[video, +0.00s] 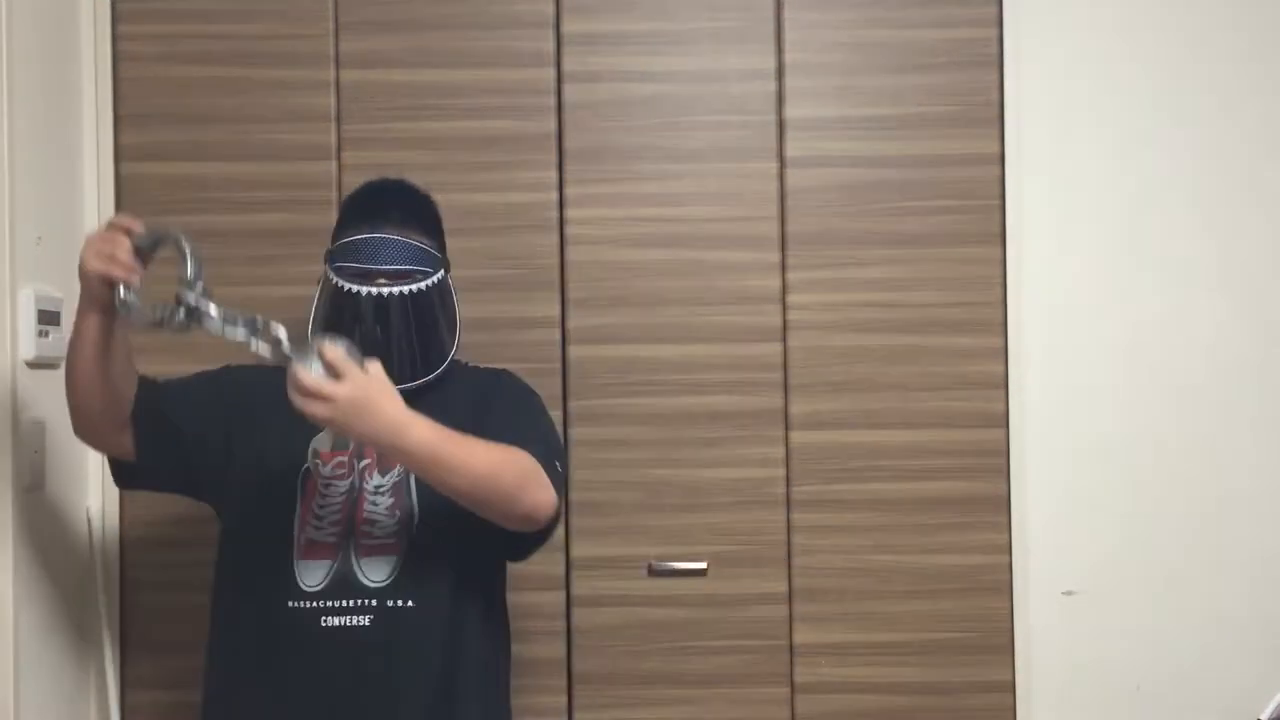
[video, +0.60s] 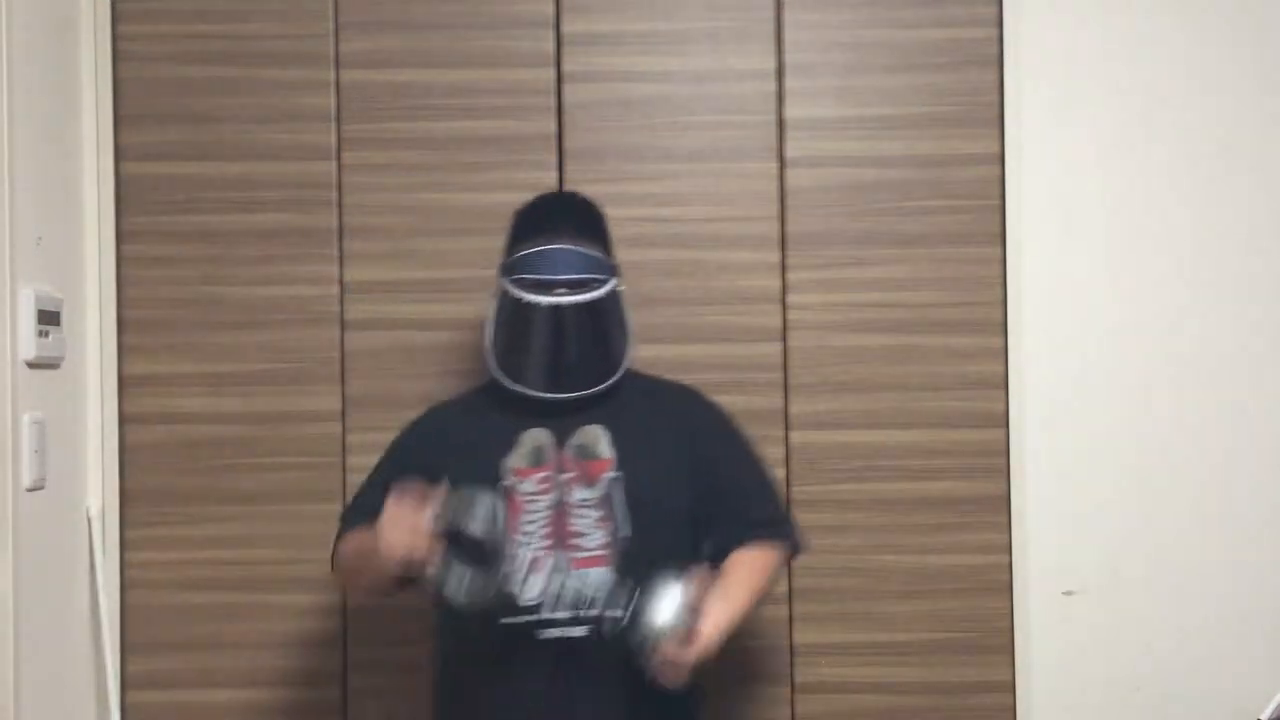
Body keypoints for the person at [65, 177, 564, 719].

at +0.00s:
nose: (382, 306)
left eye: (404, 284)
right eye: (360, 283)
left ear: (442, 290)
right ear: (329, 284)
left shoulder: (491, 403)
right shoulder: (257, 401)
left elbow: (533, 504)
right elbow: (109, 421)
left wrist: (392, 425)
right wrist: (98, 306)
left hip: (441, 703)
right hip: (267, 703)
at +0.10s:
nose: (389, 307)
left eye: (414, 289)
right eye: (368, 286)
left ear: (448, 291)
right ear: (339, 285)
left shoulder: (499, 408)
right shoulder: (267, 408)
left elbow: (557, 521)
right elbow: (122, 460)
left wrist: (412, 487)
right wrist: (118, 368)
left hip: (447, 701)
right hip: (279, 701)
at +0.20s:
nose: (406, 304)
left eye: (429, 286)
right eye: (388, 282)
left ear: (465, 291)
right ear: (355, 283)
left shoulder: (517, 417)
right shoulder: (278, 414)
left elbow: (588, 547)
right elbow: (181, 515)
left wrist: (457, 581)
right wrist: (149, 470)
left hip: (464, 705)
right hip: (298, 704)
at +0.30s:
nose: (433, 311)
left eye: (454, 292)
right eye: (415, 289)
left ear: (488, 297)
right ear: (382, 288)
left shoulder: (544, 428)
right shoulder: (308, 423)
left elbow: (597, 571)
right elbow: (240, 524)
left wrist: (519, 668)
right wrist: (210, 572)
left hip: (479, 701)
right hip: (322, 699)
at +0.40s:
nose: (470, 332)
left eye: (491, 312)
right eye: (449, 311)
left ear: (524, 311)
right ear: (417, 306)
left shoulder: (585, 439)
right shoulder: (346, 441)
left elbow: (619, 602)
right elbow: (298, 574)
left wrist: (577, 708)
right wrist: (291, 648)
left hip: (521, 699)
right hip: (369, 701)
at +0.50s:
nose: (516, 334)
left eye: (536, 313)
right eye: (494, 314)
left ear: (570, 311)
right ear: (462, 309)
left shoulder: (638, 440)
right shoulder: (400, 446)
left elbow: (686, 580)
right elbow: (338, 571)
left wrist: (650, 693)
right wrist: (357, 636)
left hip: (590, 704)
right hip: (441, 701)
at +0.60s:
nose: (558, 324)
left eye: (579, 304)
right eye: (538, 305)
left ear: (611, 301)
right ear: (505, 302)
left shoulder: (681, 423)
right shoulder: (448, 433)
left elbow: (765, 536)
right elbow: (350, 567)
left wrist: (705, 628)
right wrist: (388, 546)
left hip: (641, 704)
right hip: (488, 704)